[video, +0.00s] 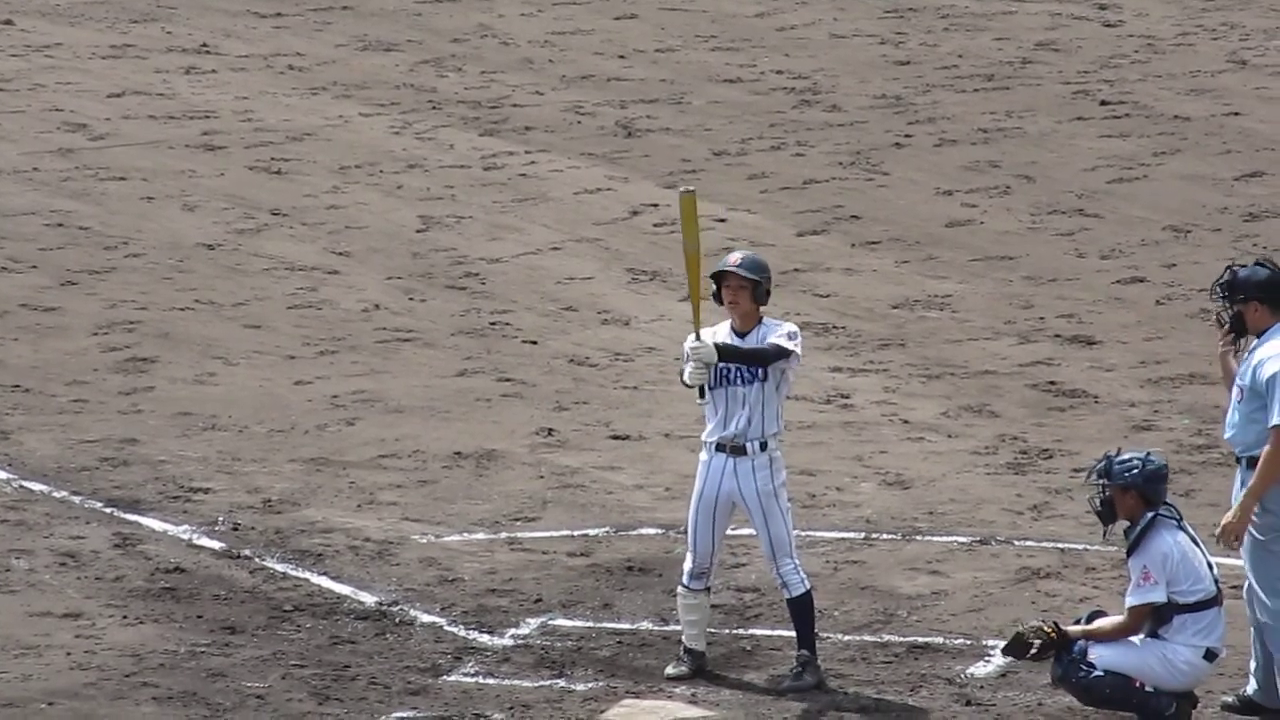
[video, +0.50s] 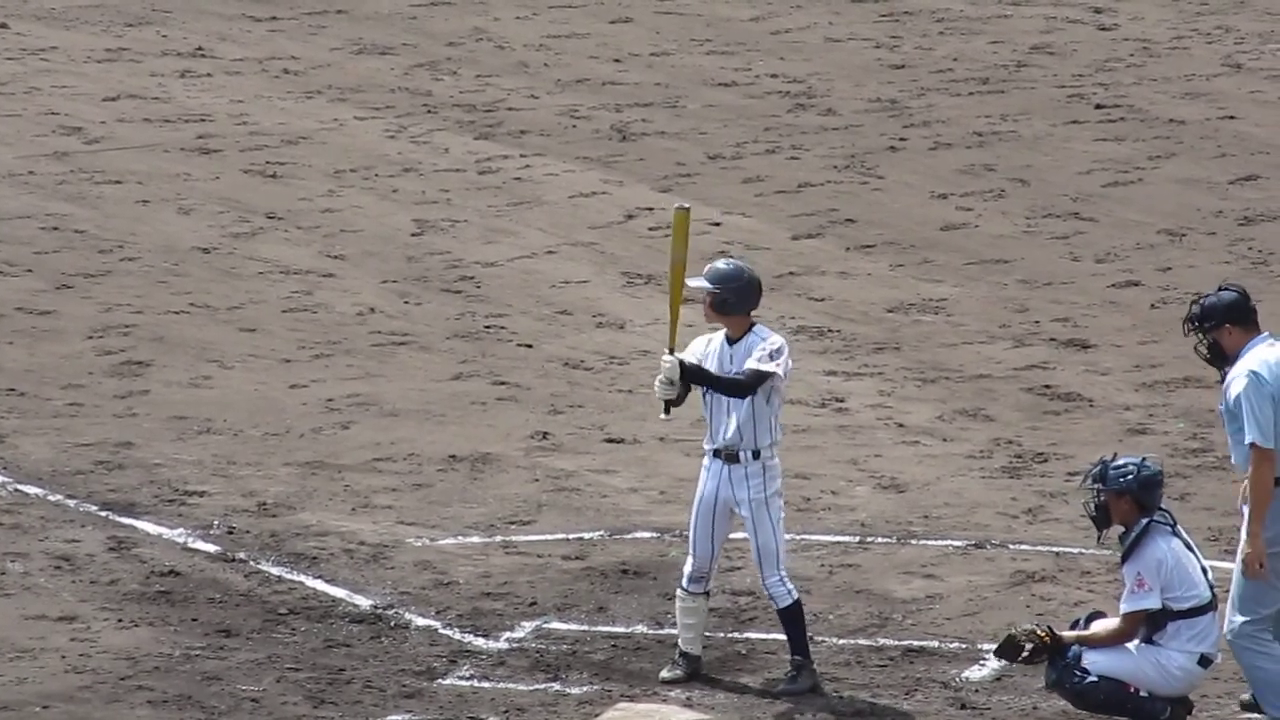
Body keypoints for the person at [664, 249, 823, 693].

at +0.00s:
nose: (730, 293)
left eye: (740, 286)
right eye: (725, 285)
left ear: (760, 291)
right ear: (719, 291)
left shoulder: (782, 331)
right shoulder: (709, 338)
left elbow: (776, 357)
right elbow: (699, 388)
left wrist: (719, 353)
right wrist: (694, 376)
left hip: (760, 463)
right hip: (713, 461)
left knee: (784, 562)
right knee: (697, 560)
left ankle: (808, 661)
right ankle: (692, 653)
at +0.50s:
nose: (704, 302)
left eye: (711, 297)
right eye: (706, 295)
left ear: (729, 303)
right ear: (733, 303)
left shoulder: (771, 345)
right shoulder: (702, 346)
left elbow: (743, 388)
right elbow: (676, 397)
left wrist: (685, 370)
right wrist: (668, 389)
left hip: (757, 471)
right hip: (714, 468)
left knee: (773, 576)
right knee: (697, 566)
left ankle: (803, 667)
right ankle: (688, 657)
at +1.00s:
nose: (704, 306)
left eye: (710, 300)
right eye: (706, 299)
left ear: (730, 306)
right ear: (739, 306)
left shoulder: (769, 351)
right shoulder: (713, 348)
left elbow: (722, 399)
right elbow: (683, 402)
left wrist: (671, 372)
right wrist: (657, 392)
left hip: (754, 474)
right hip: (713, 470)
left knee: (763, 578)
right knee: (694, 567)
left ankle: (801, 664)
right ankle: (686, 657)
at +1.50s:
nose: (732, 314)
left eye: (739, 309)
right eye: (734, 307)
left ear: (760, 315)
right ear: (758, 313)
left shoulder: (809, 350)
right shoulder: (728, 354)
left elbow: (790, 384)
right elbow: (720, 414)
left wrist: (742, 355)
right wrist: (726, 388)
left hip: (781, 476)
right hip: (734, 472)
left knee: (780, 577)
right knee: (698, 568)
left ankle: (801, 665)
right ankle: (685, 649)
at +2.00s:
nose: (717, 317)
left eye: (723, 312)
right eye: (717, 312)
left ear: (742, 316)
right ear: (748, 313)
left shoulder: (784, 346)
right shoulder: (707, 347)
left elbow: (799, 369)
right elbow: (693, 392)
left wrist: (744, 337)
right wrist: (715, 365)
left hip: (759, 476)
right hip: (711, 472)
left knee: (761, 577)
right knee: (685, 572)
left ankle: (799, 660)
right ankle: (686, 651)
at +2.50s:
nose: (714, 314)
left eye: (720, 309)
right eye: (714, 309)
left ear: (741, 311)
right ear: (719, 311)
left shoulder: (782, 352)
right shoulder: (711, 349)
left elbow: (803, 364)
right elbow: (688, 369)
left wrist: (761, 319)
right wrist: (720, 336)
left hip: (765, 480)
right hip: (718, 477)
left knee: (768, 583)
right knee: (691, 578)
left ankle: (800, 667)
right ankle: (686, 658)